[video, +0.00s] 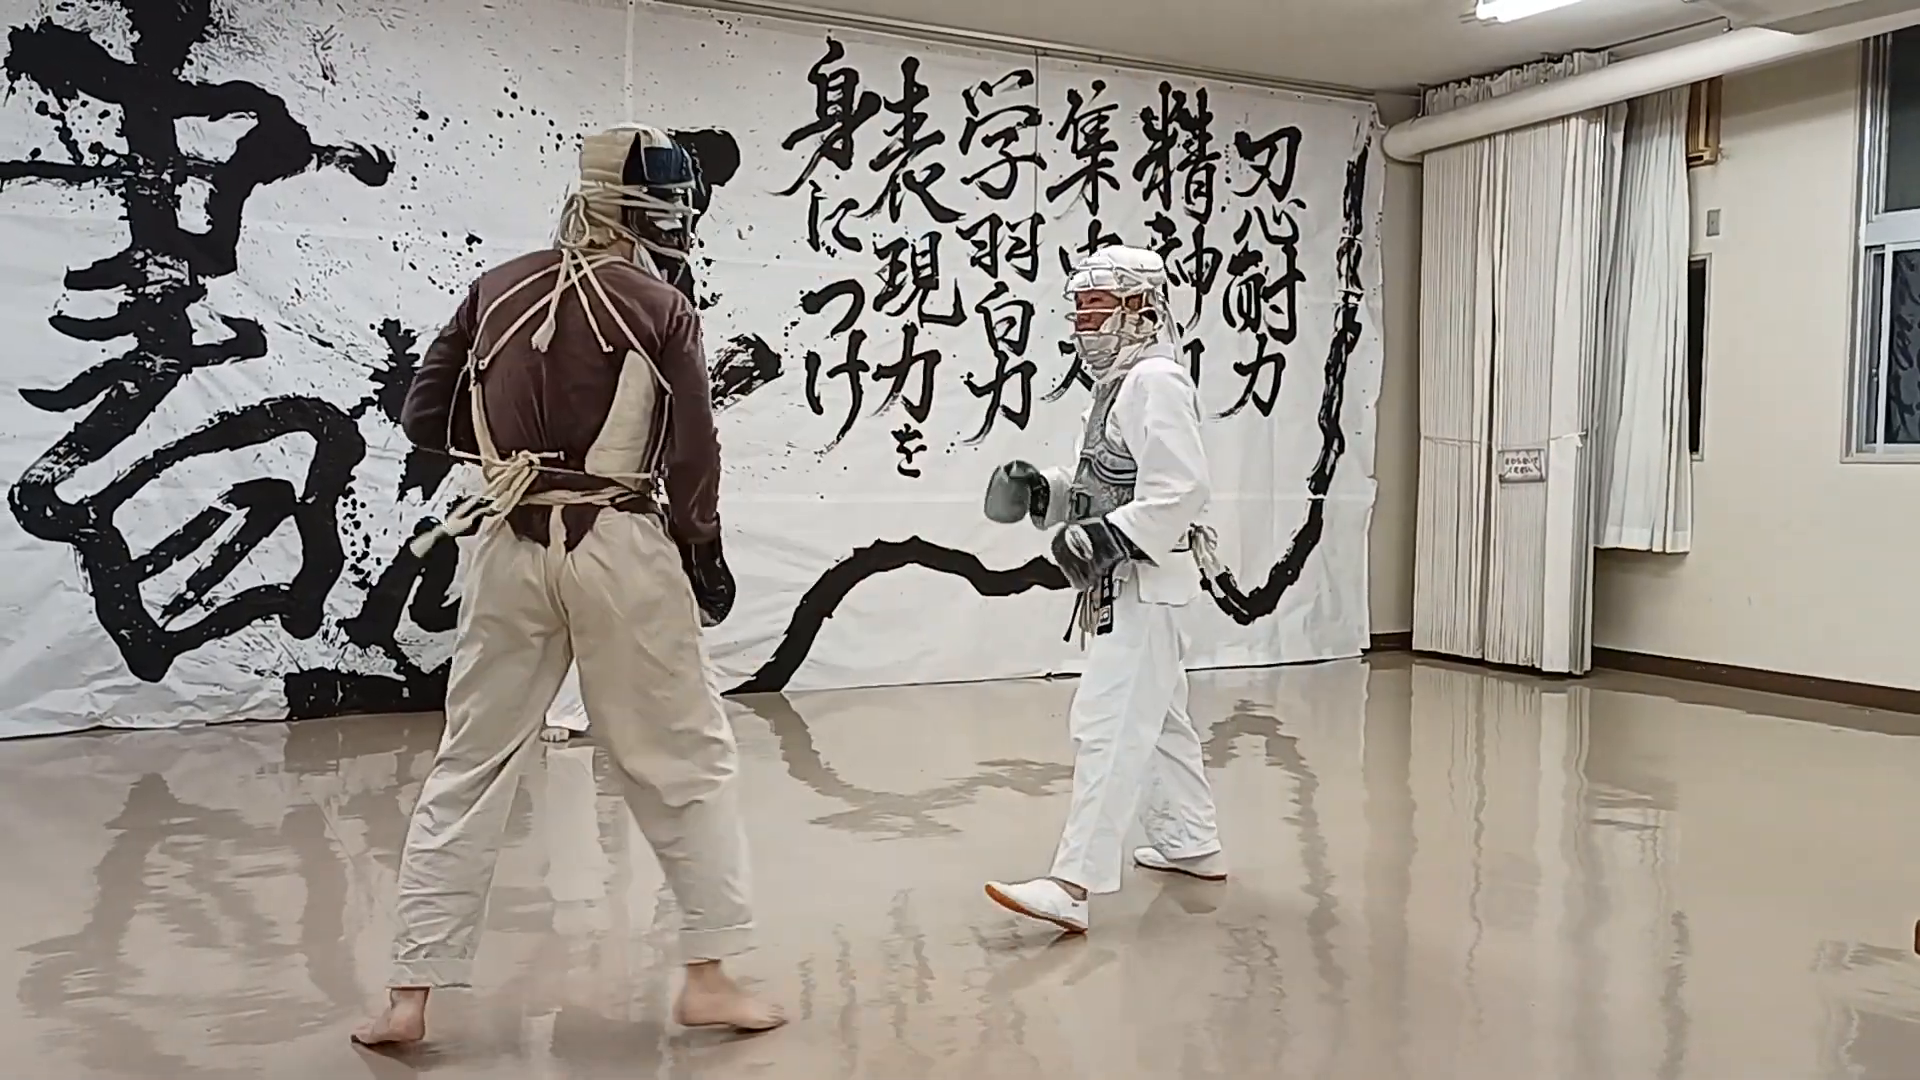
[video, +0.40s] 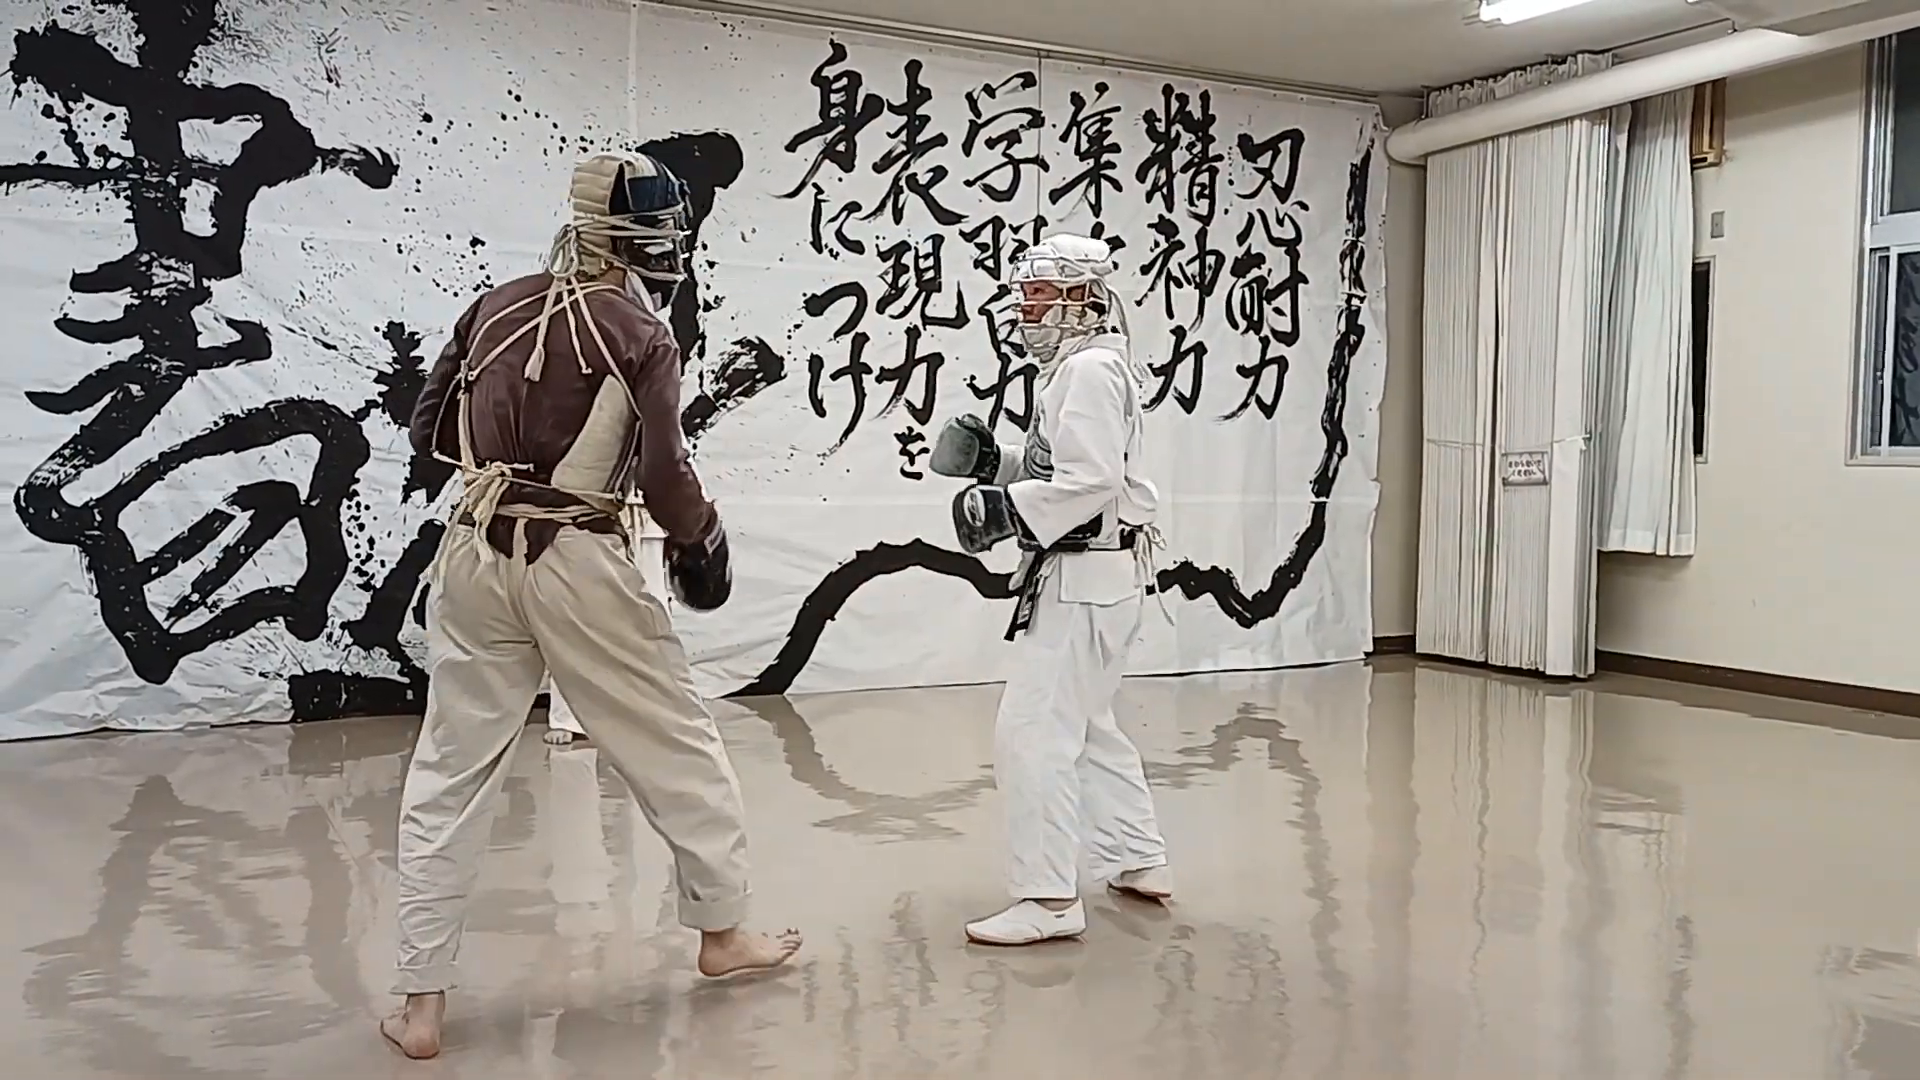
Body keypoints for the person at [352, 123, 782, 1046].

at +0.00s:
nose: (685, 228)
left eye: (684, 211)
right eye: (678, 212)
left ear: (586, 204)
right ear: (652, 214)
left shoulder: (500, 284)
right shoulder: (661, 301)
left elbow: (426, 413)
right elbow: (691, 447)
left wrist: (500, 444)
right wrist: (705, 547)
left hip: (505, 552)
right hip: (623, 553)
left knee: (469, 763)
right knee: (682, 757)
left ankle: (409, 994)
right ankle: (711, 972)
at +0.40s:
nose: (673, 254)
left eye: (673, 240)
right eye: (667, 241)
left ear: (577, 230)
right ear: (642, 243)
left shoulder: (494, 305)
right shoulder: (644, 333)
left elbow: (434, 430)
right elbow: (662, 471)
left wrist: (508, 463)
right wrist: (701, 534)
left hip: (474, 554)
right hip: (584, 561)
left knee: (451, 764)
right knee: (676, 738)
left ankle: (419, 1000)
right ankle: (723, 936)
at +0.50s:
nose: (697, 263)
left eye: (695, 248)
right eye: (688, 250)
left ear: (604, 247)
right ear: (659, 255)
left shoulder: (523, 321)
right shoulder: (659, 345)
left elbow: (486, 460)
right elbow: (698, 478)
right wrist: (761, 476)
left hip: (498, 569)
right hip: (605, 575)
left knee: (472, 773)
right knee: (673, 753)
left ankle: (429, 995)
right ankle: (725, 939)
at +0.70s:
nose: (685, 291)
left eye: (682, 275)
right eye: (675, 278)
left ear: (596, 278)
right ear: (647, 283)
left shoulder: (527, 347)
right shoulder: (652, 357)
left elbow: (487, 481)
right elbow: (739, 469)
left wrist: (649, 513)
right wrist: (768, 400)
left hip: (497, 588)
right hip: (603, 590)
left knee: (453, 755)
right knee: (681, 758)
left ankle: (397, 923)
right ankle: (738, 936)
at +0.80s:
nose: (631, 296)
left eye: (626, 282)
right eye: (623, 282)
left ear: (538, 285)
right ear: (607, 286)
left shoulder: (481, 364)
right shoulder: (620, 358)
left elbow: (467, 501)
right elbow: (685, 452)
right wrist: (737, 481)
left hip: (489, 601)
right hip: (594, 601)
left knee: (404, 753)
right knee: (677, 760)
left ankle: (305, 914)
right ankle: (739, 936)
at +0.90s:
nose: (544, 283)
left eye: (539, 271)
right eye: (535, 273)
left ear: (453, 281)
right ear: (512, 278)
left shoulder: (412, 365)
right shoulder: (542, 355)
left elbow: (404, 497)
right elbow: (599, 475)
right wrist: (660, 558)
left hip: (439, 594)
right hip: (540, 589)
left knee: (369, 757)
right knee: (640, 748)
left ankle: (264, 929)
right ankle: (738, 927)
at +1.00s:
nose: (481, 281)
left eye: (479, 267)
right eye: (473, 268)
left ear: (397, 271)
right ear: (452, 272)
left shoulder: (347, 357)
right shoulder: (447, 339)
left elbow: (366, 467)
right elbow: (466, 452)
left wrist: (481, 384)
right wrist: (556, 535)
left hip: (376, 583)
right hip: (466, 574)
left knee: (352, 757)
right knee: (585, 731)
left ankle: (262, 938)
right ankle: (684, 917)